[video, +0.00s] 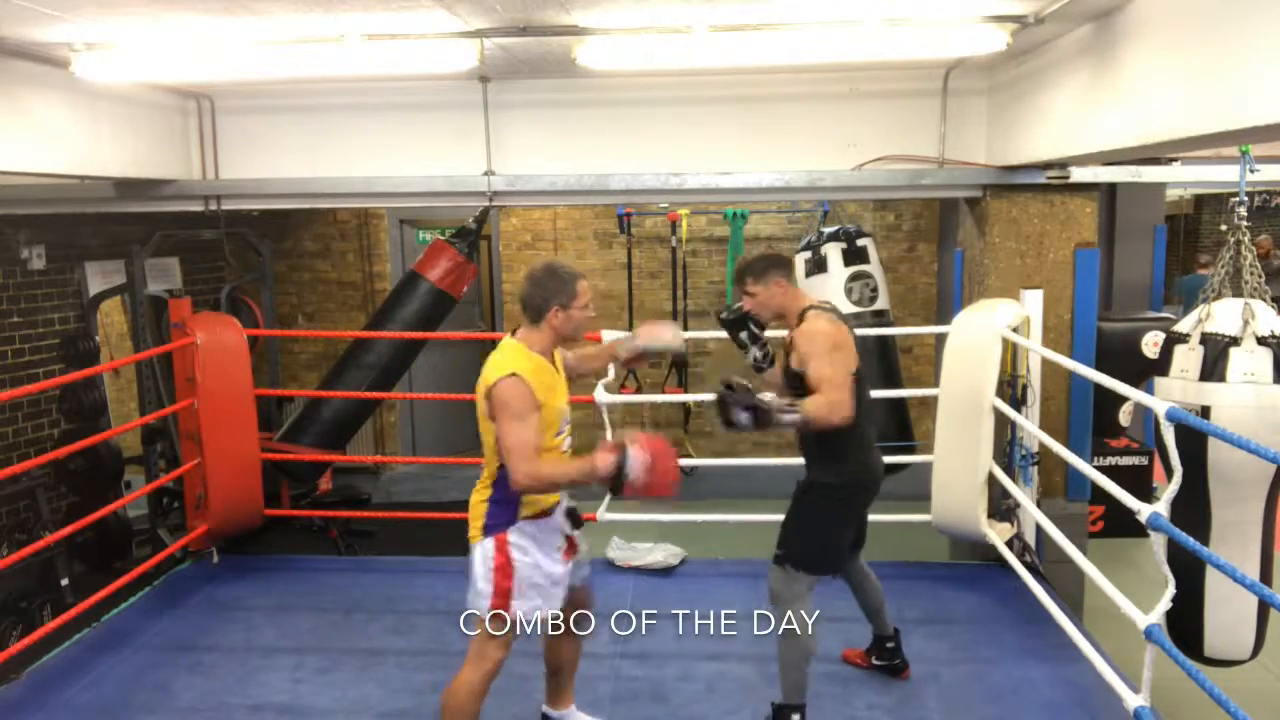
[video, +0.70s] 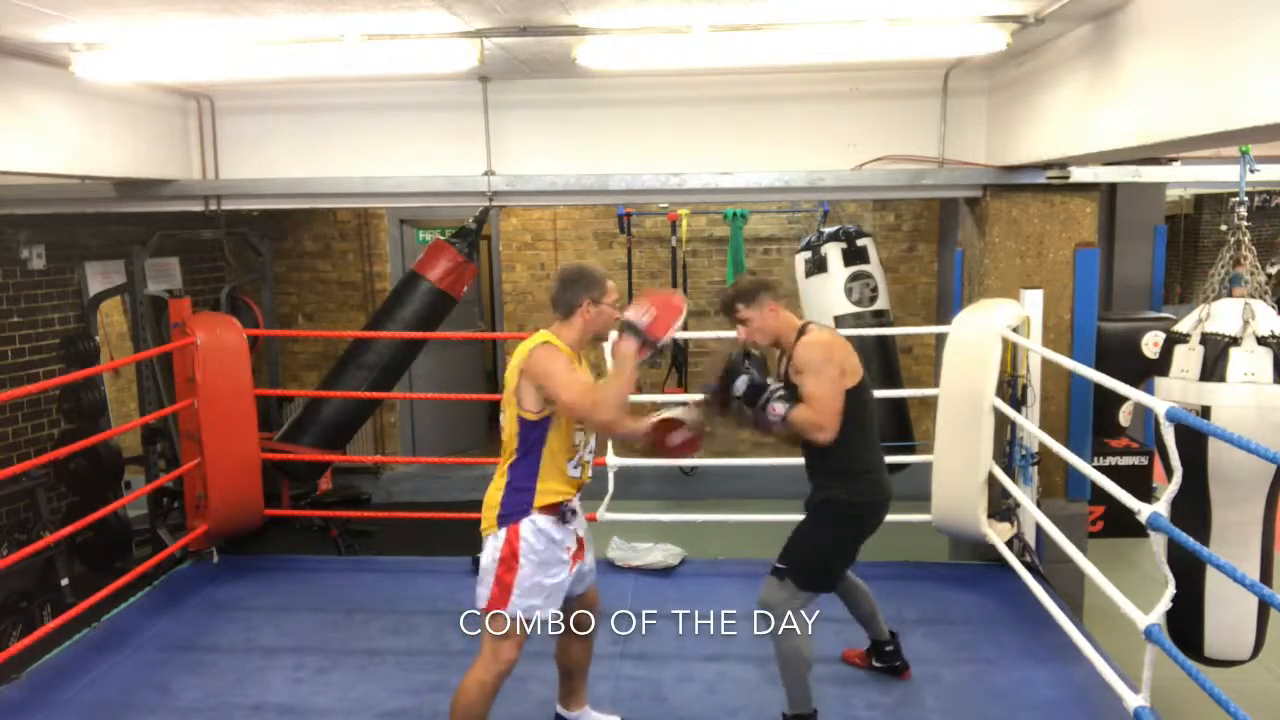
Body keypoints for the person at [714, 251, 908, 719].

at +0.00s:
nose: (748, 309)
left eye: (749, 297)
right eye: (744, 299)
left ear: (776, 287)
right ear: (781, 286)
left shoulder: (817, 329)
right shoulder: (808, 325)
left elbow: (836, 408)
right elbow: (792, 388)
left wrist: (772, 413)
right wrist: (759, 358)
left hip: (835, 476)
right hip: (850, 469)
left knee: (787, 585)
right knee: (847, 561)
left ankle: (791, 710)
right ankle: (888, 648)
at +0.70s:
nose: (742, 338)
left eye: (743, 325)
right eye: (737, 328)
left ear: (771, 309)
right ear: (768, 313)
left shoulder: (816, 348)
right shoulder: (803, 348)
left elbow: (823, 428)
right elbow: (802, 425)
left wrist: (767, 400)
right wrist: (754, 402)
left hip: (846, 498)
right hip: (852, 492)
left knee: (778, 600)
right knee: (832, 572)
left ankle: (800, 713)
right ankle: (886, 650)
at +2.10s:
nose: (642, 345)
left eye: (648, 334)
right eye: (640, 335)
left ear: (677, 326)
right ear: (674, 329)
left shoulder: (714, 363)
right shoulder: (681, 368)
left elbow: (730, 411)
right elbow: (657, 410)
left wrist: (666, 411)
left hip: (743, 494)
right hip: (717, 486)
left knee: (670, 590)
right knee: (694, 555)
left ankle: (698, 701)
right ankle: (738, 614)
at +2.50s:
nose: (642, 373)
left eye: (640, 361)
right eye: (638, 363)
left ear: (658, 351)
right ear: (683, 346)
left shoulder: (680, 397)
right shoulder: (741, 379)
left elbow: (657, 487)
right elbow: (714, 450)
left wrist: (633, 437)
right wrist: (653, 422)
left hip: (732, 553)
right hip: (782, 548)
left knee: (629, 612)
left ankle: (644, 715)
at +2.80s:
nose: (667, 368)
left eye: (666, 356)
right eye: (664, 358)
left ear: (688, 349)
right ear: (700, 346)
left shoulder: (731, 394)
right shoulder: (763, 387)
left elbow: (713, 484)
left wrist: (679, 445)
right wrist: (684, 430)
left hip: (758, 567)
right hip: (804, 561)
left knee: (649, 648)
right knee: (802, 657)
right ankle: (868, 718)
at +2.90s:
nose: (683, 360)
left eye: (681, 349)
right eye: (679, 351)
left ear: (698, 334)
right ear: (716, 331)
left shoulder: (733, 375)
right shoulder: (767, 367)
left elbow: (715, 462)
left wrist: (661, 445)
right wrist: (679, 407)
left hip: (752, 560)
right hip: (804, 557)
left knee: (656, 650)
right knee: (813, 653)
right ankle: (873, 716)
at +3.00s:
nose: (695, 340)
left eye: (695, 330)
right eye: (694, 331)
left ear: (711, 325)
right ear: (747, 321)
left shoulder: (709, 366)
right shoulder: (805, 364)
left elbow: (640, 428)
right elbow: (845, 409)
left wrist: (605, 395)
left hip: (731, 557)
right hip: (800, 557)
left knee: (658, 650)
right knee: (840, 649)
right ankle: (885, 716)